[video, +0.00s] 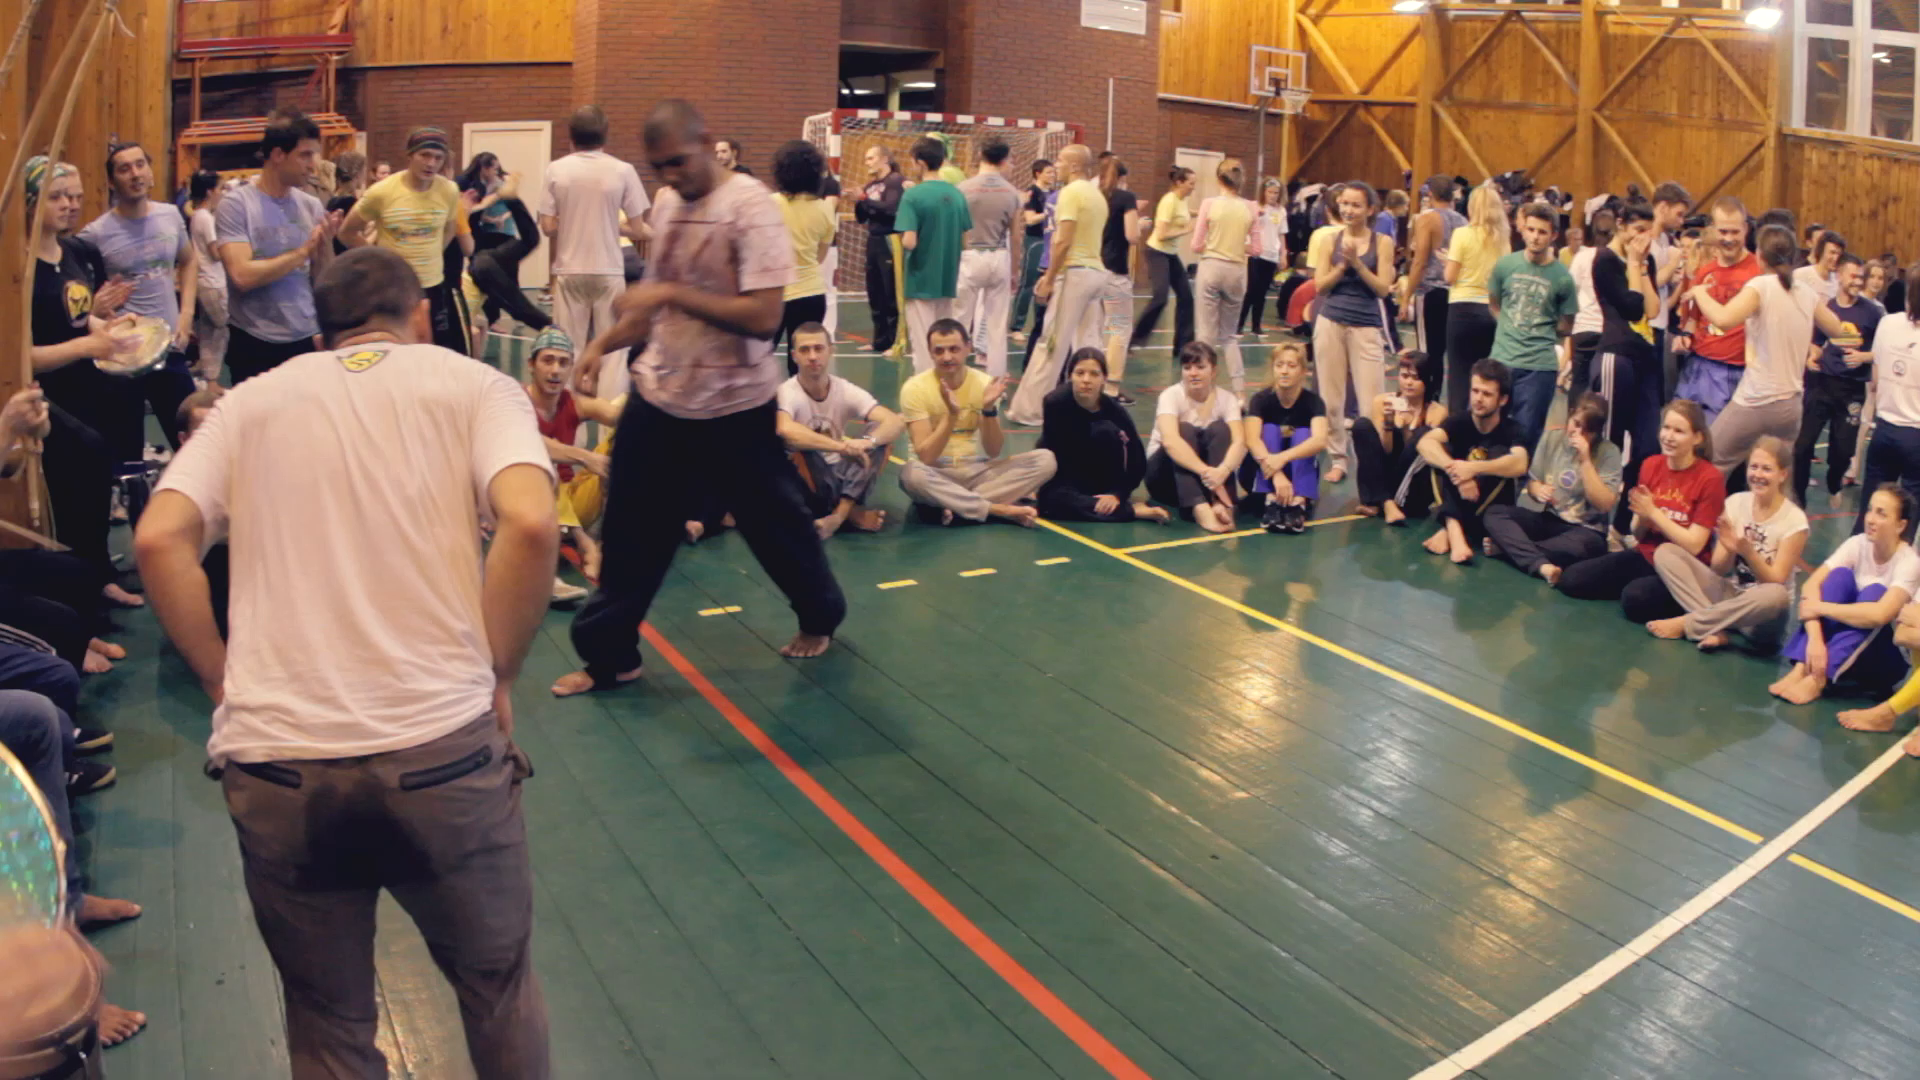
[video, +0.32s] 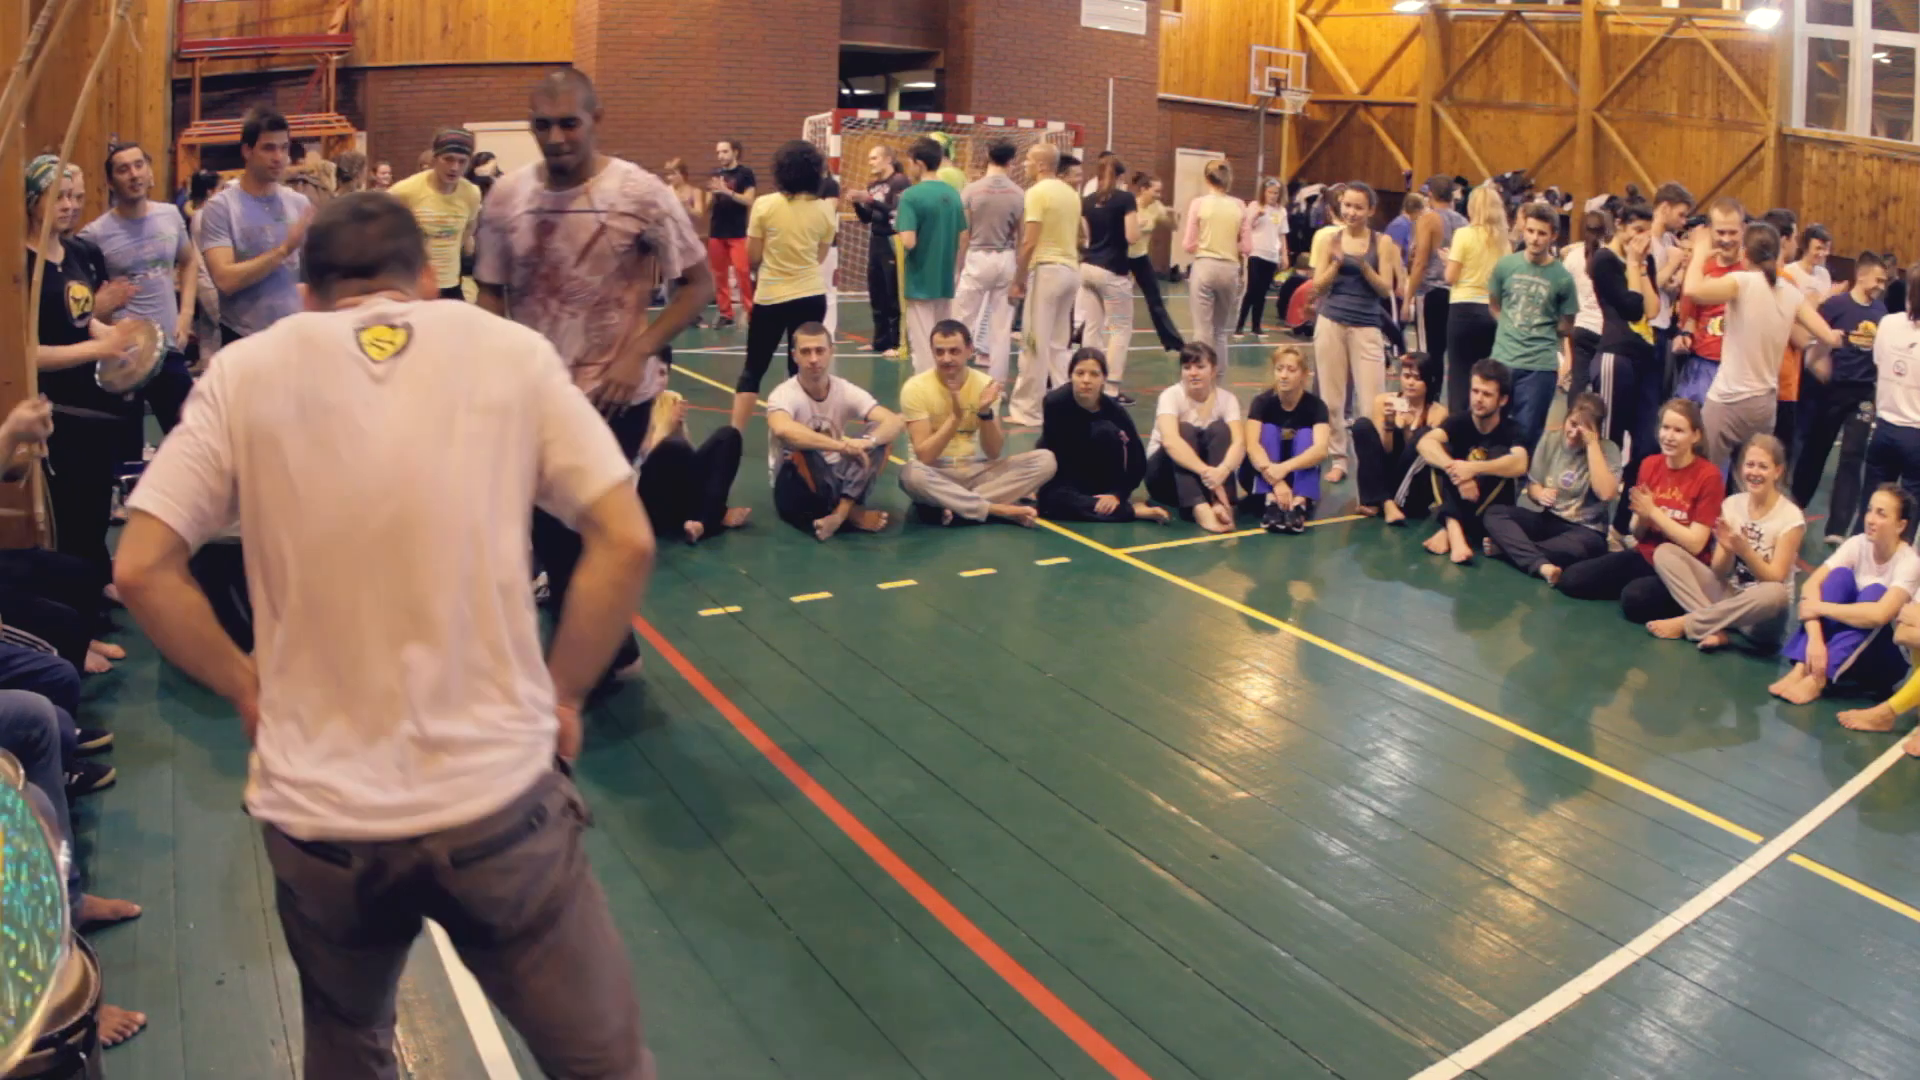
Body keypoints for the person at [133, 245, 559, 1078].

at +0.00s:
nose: (434, 324)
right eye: (430, 313)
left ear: (323, 330)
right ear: (419, 317)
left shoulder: (248, 401)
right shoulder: (477, 387)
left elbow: (161, 540)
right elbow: (530, 520)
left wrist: (229, 685)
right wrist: (498, 671)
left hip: (277, 777)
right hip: (443, 763)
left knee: (326, 1018)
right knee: (498, 989)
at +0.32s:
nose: (432, 290)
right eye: (435, 280)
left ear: (309, 293)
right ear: (429, 278)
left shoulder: (243, 373)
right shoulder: (510, 350)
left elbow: (142, 567)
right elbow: (625, 538)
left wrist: (248, 688)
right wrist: (562, 694)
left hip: (319, 820)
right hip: (499, 806)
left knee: (345, 1040)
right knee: (606, 1063)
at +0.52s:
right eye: (561, 355)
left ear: (399, 355)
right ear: (545, 363)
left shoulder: (306, 498)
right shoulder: (611, 486)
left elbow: (240, 743)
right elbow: (734, 725)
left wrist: (365, 824)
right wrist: (662, 822)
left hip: (418, 969)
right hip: (612, 954)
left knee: (353, 998)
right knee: (682, 1057)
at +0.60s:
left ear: (435, 392)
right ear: (569, 414)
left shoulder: (320, 532)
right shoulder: (628, 543)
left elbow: (244, 776)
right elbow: (740, 800)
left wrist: (364, 857)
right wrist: (666, 860)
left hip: (434, 1007)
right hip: (639, 984)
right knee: (708, 1065)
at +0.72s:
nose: (575, 405)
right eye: (573, 389)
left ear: (420, 388)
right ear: (564, 407)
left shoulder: (306, 527)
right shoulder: (627, 528)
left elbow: (200, 754)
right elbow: (741, 780)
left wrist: (340, 834)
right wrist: (665, 838)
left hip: (436, 1003)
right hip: (643, 977)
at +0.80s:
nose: (544, 367)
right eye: (538, 348)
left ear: (383, 353)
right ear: (525, 358)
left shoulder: (284, 497)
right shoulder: (607, 483)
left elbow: (186, 736)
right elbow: (739, 718)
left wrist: (326, 801)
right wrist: (656, 795)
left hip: (421, 967)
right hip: (623, 943)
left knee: (389, 1060)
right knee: (684, 1060)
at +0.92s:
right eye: (469, 318)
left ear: (314, 349)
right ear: (457, 327)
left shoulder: (246, 495)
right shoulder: (571, 438)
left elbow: (195, 761)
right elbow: (705, 660)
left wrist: (328, 774)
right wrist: (623, 768)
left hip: (395, 945)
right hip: (591, 912)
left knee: (374, 1050)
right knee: (664, 1066)